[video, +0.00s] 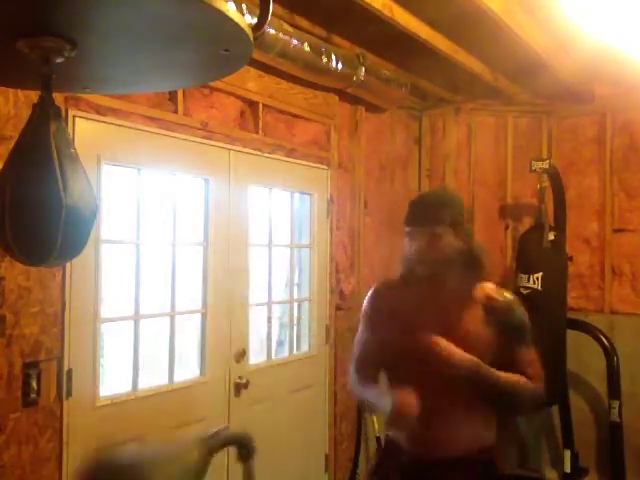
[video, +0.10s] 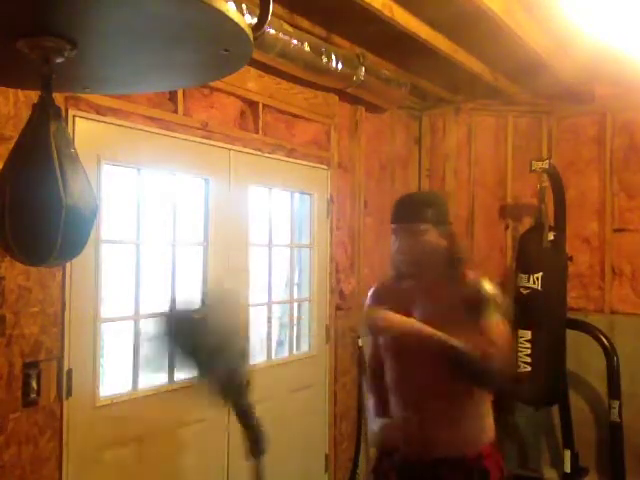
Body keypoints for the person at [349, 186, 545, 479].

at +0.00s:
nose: (424, 248)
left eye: (436, 236)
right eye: (414, 236)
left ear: (461, 237)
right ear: (405, 240)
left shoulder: (499, 305)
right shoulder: (385, 299)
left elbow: (535, 391)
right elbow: (360, 377)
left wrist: (467, 366)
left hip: (473, 463)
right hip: (403, 464)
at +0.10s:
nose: (404, 246)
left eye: (417, 234)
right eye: (398, 235)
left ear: (445, 237)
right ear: (392, 240)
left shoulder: (477, 293)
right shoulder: (385, 297)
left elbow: (497, 368)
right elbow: (375, 366)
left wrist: (413, 330)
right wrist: (379, 419)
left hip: (468, 461)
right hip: (405, 460)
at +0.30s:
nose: (390, 251)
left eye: (403, 238)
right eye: (387, 240)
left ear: (434, 240)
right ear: (383, 243)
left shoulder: (458, 285)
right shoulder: (401, 303)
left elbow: (419, 337)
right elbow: (421, 387)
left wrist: (339, 333)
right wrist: (378, 403)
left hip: (466, 463)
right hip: (414, 458)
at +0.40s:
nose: (398, 250)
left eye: (412, 237)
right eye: (394, 239)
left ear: (443, 242)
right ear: (391, 243)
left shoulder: (473, 295)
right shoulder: (396, 306)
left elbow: (493, 380)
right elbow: (398, 376)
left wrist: (414, 387)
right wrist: (378, 385)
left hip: (472, 464)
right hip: (412, 460)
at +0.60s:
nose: (424, 244)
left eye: (437, 232)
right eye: (417, 232)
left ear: (464, 236)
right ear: (410, 236)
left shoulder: (505, 306)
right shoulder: (400, 295)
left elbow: (545, 386)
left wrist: (483, 399)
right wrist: (339, 321)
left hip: (479, 458)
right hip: (413, 458)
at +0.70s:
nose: (423, 245)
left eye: (436, 234)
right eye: (415, 234)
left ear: (463, 237)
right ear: (408, 238)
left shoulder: (504, 306)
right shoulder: (386, 296)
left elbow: (540, 390)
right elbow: (343, 356)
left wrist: (475, 376)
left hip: (475, 464)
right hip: (403, 463)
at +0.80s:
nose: (417, 246)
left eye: (430, 234)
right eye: (409, 234)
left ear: (456, 236)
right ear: (401, 239)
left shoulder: (494, 302)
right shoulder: (382, 301)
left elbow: (527, 385)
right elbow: (359, 376)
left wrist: (452, 351)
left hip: (470, 462)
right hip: (401, 463)